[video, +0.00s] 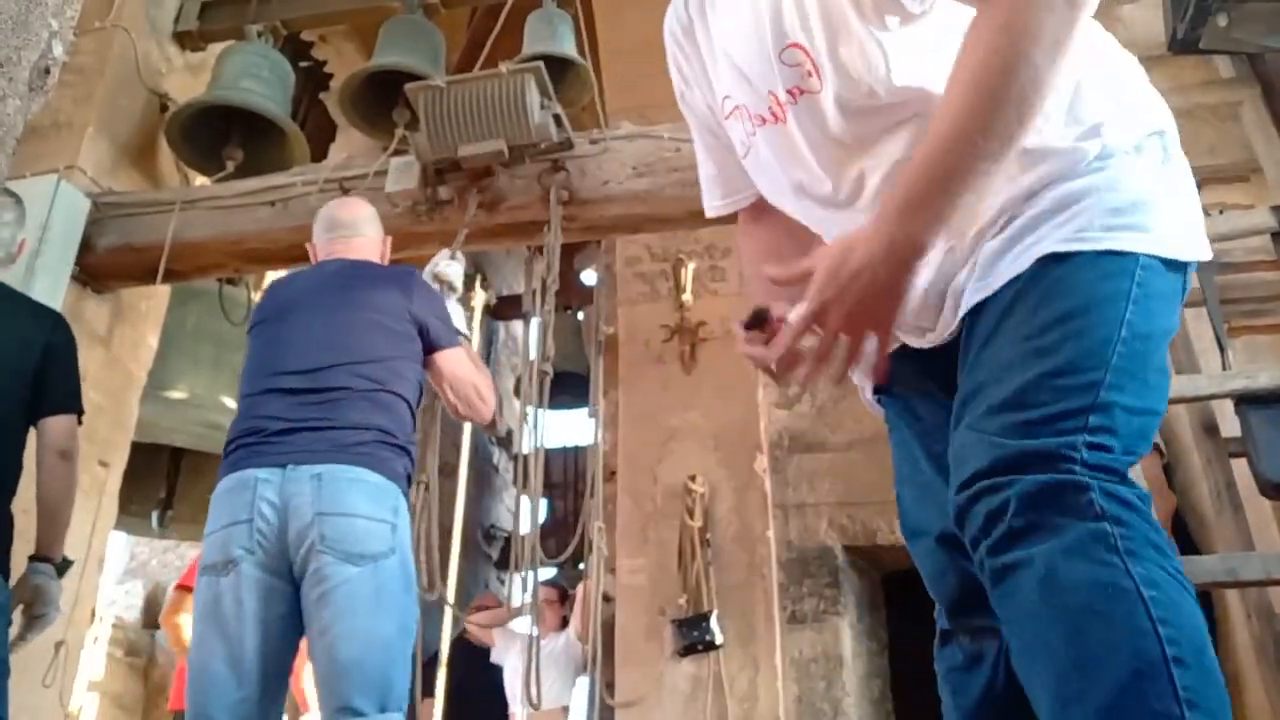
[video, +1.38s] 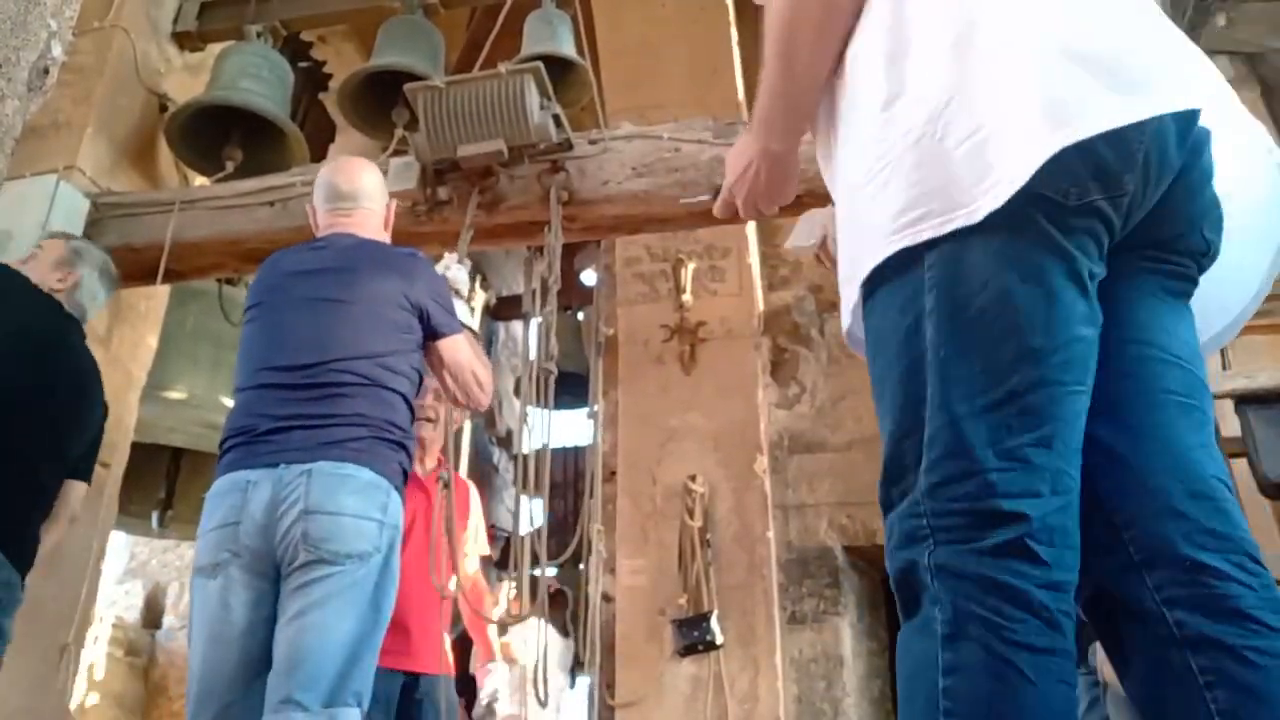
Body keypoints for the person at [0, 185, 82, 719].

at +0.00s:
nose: (7, 240)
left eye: (6, 228)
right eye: (10, 229)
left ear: (14, 247)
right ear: (18, 247)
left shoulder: (41, 328)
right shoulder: (40, 329)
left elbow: (59, 450)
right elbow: (59, 450)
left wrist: (45, 562)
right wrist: (47, 562)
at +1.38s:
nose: (20, 262)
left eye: (35, 256)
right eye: (31, 253)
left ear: (64, 280)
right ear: (75, 289)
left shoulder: (8, 287)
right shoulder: (90, 385)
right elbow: (66, 507)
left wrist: (18, 568)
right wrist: (18, 565)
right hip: (7, 562)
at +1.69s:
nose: (8, 263)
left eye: (13, 256)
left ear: (22, 260)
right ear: (81, 294)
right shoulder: (87, 371)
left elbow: (78, 495)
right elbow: (77, 497)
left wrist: (19, 590)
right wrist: (19, 590)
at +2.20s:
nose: (74, 309)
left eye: (79, 297)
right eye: (77, 293)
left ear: (9, 269)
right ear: (51, 276)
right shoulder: (56, 337)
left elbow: (61, 448)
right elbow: (60, 448)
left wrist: (53, 571)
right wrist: (54, 572)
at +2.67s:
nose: (131, 291)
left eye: (136, 283)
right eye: (123, 271)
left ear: (71, 269)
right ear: (73, 264)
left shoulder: (27, 317)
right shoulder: (51, 315)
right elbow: (34, 414)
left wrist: (88, 531)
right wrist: (107, 522)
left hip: (19, 566)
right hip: (16, 566)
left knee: (8, 702)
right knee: (5, 703)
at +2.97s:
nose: (173, 301)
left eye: (177, 293)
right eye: (163, 282)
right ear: (114, 274)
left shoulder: (94, 344)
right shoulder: (75, 315)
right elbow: (27, 392)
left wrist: (115, 566)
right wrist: (100, 509)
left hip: (27, 571)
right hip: (14, 567)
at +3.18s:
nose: (164, 291)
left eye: (169, 285)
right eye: (153, 273)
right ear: (103, 269)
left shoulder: (91, 353)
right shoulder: (51, 315)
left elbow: (57, 482)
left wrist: (87, 578)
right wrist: (27, 494)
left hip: (26, 579)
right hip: (7, 572)